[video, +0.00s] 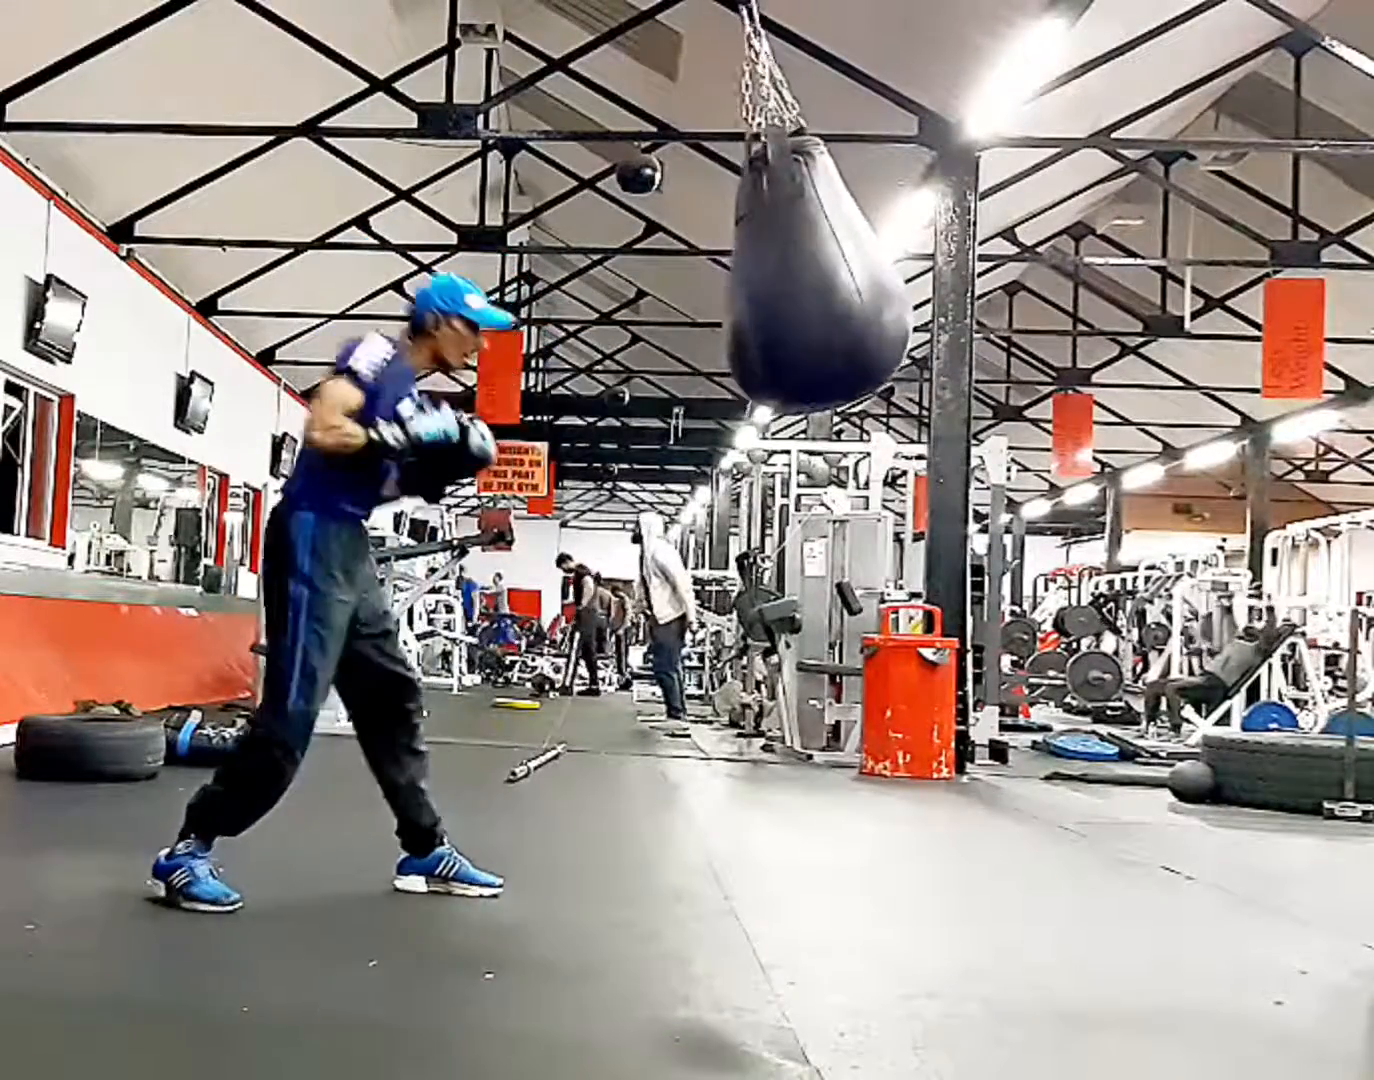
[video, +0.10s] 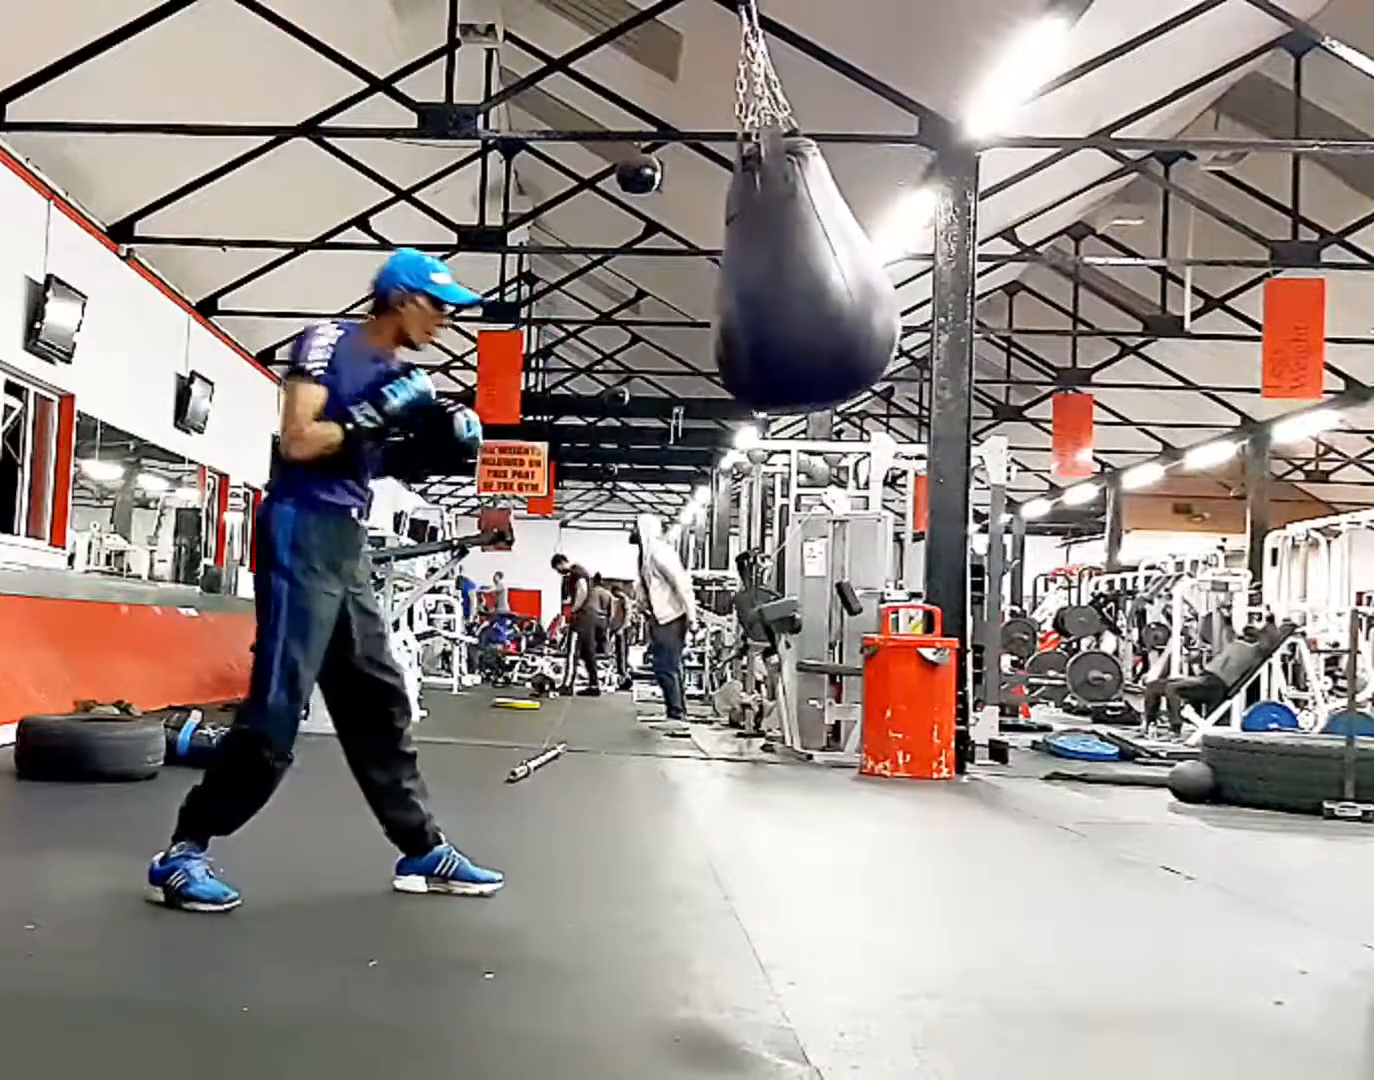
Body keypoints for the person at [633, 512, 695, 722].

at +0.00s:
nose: (633, 530)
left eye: (636, 526)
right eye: (634, 526)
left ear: (646, 529)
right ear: (649, 529)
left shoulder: (660, 551)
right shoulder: (647, 552)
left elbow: (681, 581)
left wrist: (691, 615)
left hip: (669, 616)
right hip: (659, 616)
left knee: (666, 667)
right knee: (668, 666)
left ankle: (676, 712)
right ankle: (676, 710)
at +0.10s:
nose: (631, 532)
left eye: (634, 528)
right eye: (632, 527)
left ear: (644, 530)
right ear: (647, 530)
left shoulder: (659, 551)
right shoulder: (645, 553)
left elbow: (680, 581)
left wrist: (691, 614)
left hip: (669, 617)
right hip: (658, 618)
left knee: (666, 667)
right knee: (669, 666)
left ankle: (676, 711)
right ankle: (675, 710)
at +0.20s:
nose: (628, 533)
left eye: (631, 528)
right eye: (629, 528)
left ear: (641, 531)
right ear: (646, 531)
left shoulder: (656, 552)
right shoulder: (646, 553)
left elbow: (680, 581)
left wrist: (690, 614)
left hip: (669, 618)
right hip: (661, 618)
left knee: (666, 668)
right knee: (671, 667)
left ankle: (676, 712)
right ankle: (677, 710)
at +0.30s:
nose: (626, 534)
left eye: (630, 529)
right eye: (627, 529)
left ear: (640, 532)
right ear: (642, 533)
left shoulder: (655, 554)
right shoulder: (643, 555)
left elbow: (679, 584)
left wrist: (685, 619)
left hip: (668, 620)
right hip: (659, 620)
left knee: (666, 670)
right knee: (672, 669)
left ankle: (676, 713)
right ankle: (678, 710)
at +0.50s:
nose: (635, 531)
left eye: (639, 526)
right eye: (637, 526)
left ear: (647, 527)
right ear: (656, 527)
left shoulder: (654, 548)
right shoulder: (660, 547)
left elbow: (656, 583)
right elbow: (646, 581)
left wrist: (643, 607)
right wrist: (634, 595)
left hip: (666, 611)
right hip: (674, 610)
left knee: (664, 665)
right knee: (672, 663)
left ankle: (675, 712)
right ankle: (678, 709)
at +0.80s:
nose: (652, 528)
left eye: (654, 524)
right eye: (653, 524)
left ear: (662, 525)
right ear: (672, 526)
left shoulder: (662, 544)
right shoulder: (673, 547)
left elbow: (630, 546)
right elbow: (630, 548)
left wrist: (595, 546)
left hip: (655, 608)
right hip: (666, 608)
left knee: (655, 663)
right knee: (667, 661)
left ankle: (675, 712)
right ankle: (677, 709)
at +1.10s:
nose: (653, 528)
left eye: (656, 525)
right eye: (654, 525)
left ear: (664, 525)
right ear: (673, 525)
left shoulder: (666, 543)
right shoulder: (673, 545)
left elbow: (636, 536)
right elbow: (639, 538)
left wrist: (606, 526)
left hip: (658, 605)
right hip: (668, 605)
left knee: (655, 661)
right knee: (665, 660)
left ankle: (675, 714)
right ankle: (677, 710)